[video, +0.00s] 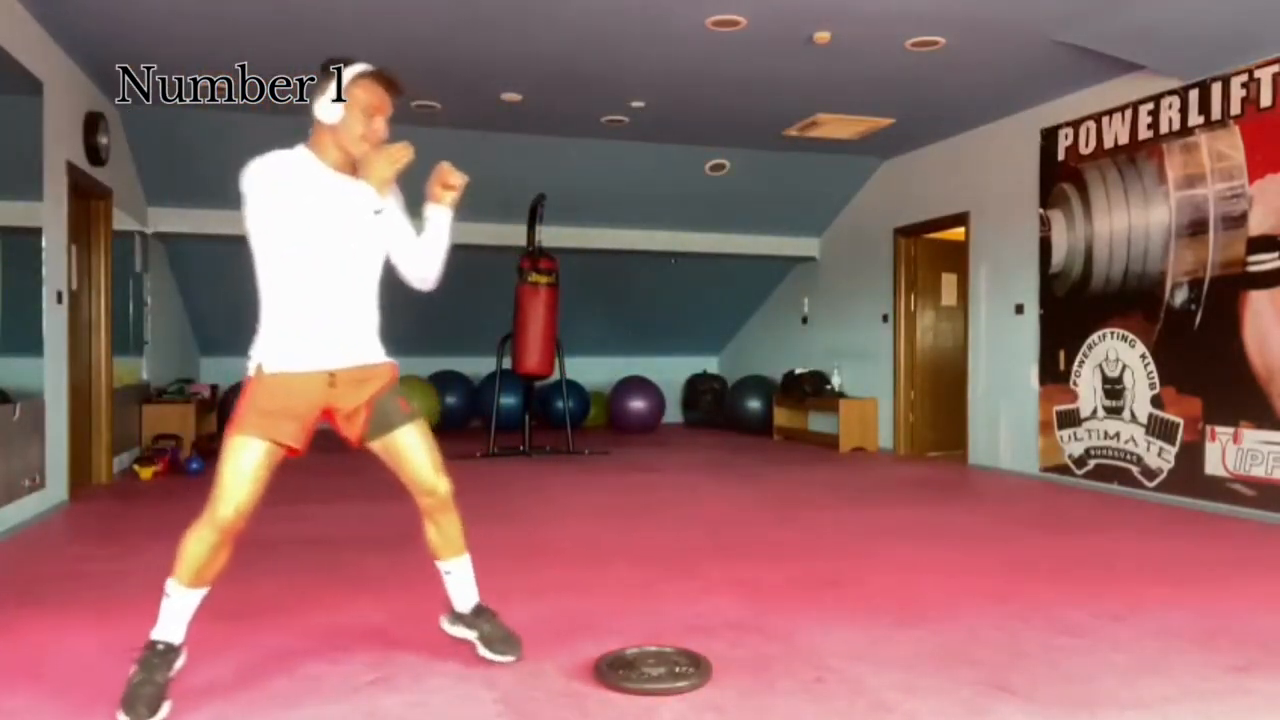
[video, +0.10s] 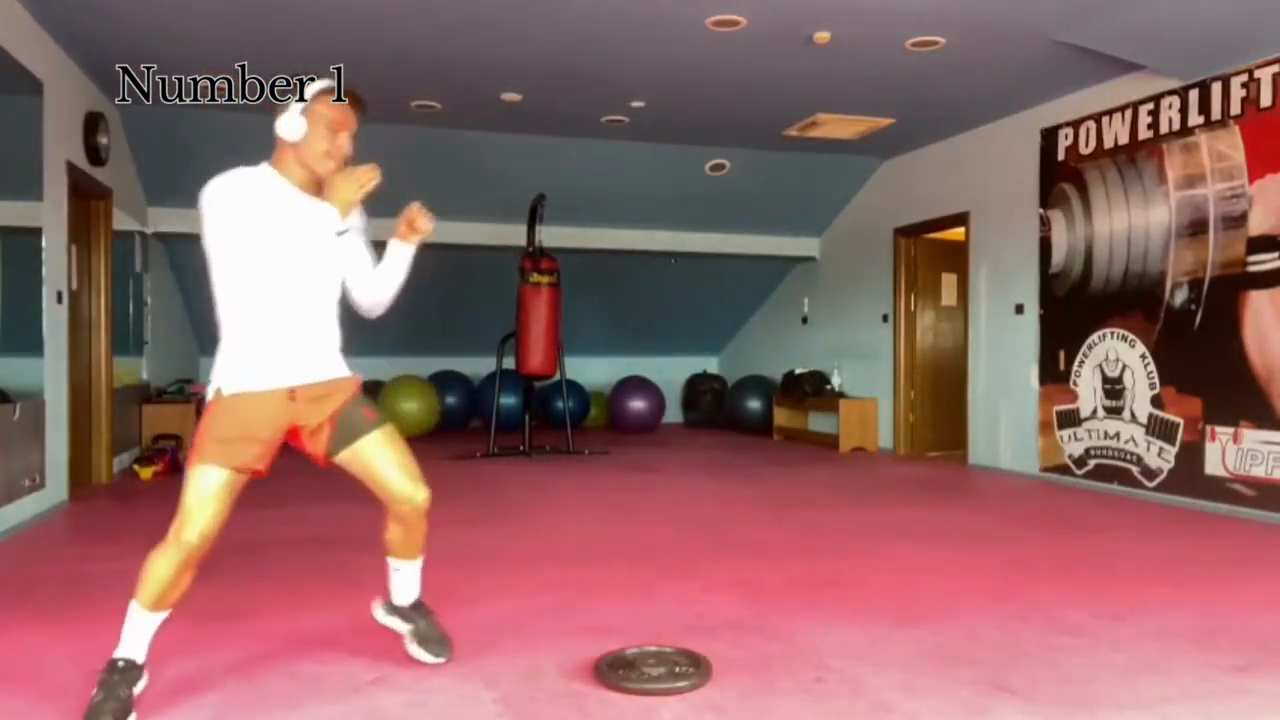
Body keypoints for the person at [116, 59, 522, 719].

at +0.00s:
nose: (380, 132)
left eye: (385, 122)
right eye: (370, 117)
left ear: (381, 125)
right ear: (328, 110)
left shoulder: (375, 191)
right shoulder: (267, 175)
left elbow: (423, 271)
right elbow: (299, 232)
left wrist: (439, 208)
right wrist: (373, 179)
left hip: (367, 374)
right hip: (282, 378)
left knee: (436, 489)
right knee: (224, 516)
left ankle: (467, 609)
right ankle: (164, 646)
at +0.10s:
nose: (345, 148)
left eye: (350, 137)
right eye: (334, 132)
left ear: (350, 143)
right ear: (295, 129)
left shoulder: (336, 213)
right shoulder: (227, 192)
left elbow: (372, 300)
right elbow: (268, 260)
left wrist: (403, 245)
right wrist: (338, 208)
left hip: (327, 387)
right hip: (246, 395)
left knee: (411, 497)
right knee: (191, 538)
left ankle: (404, 603)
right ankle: (126, 663)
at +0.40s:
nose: (341, 122)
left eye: (346, 111)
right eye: (332, 108)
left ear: (344, 117)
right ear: (288, 105)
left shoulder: (342, 176)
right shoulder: (221, 174)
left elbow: (378, 240)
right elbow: (257, 245)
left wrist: (454, 213)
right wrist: (329, 175)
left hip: (342, 369)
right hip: (254, 378)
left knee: (421, 485)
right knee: (198, 513)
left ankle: (445, 596)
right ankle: (153, 655)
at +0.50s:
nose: (365, 142)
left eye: (373, 132)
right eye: (355, 127)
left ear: (375, 134)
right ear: (315, 120)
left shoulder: (375, 191)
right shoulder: (255, 184)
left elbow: (447, 217)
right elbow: (295, 233)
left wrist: (490, 161)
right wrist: (367, 173)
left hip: (366, 376)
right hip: (279, 384)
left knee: (440, 492)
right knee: (222, 516)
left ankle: (485, 607)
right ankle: (168, 654)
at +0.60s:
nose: (405, 184)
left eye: (410, 172)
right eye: (394, 168)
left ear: (408, 177)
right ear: (355, 165)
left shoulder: (401, 232)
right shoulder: (294, 229)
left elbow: (465, 292)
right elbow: (342, 298)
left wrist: (481, 234)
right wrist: (406, 233)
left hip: (395, 410)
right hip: (312, 415)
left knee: (468, 516)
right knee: (241, 536)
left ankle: (499, 624)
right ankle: (175, 645)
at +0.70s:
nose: (420, 221)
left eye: (425, 209)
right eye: (408, 206)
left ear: (426, 214)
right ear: (369, 207)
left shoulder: (411, 279)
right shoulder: (312, 272)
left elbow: (433, 363)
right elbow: (345, 347)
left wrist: (461, 333)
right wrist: (416, 284)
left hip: (409, 435)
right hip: (333, 444)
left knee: (494, 530)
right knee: (267, 568)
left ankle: (499, 630)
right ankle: (190, 657)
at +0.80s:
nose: (399, 199)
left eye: (404, 188)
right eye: (387, 183)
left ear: (406, 193)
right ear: (347, 180)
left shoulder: (398, 252)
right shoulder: (290, 248)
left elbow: (437, 330)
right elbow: (320, 314)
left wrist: (475, 299)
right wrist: (392, 252)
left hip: (396, 425)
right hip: (315, 432)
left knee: (477, 527)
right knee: (243, 556)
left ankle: (499, 628)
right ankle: (183, 657)